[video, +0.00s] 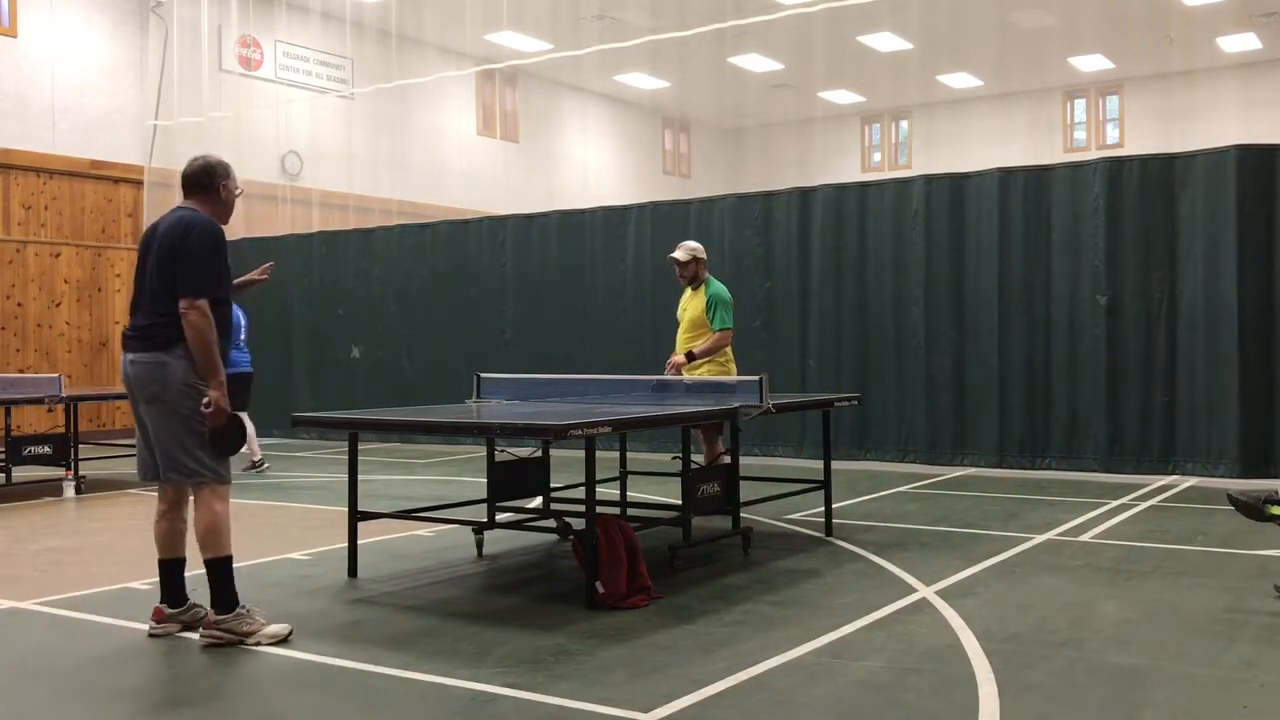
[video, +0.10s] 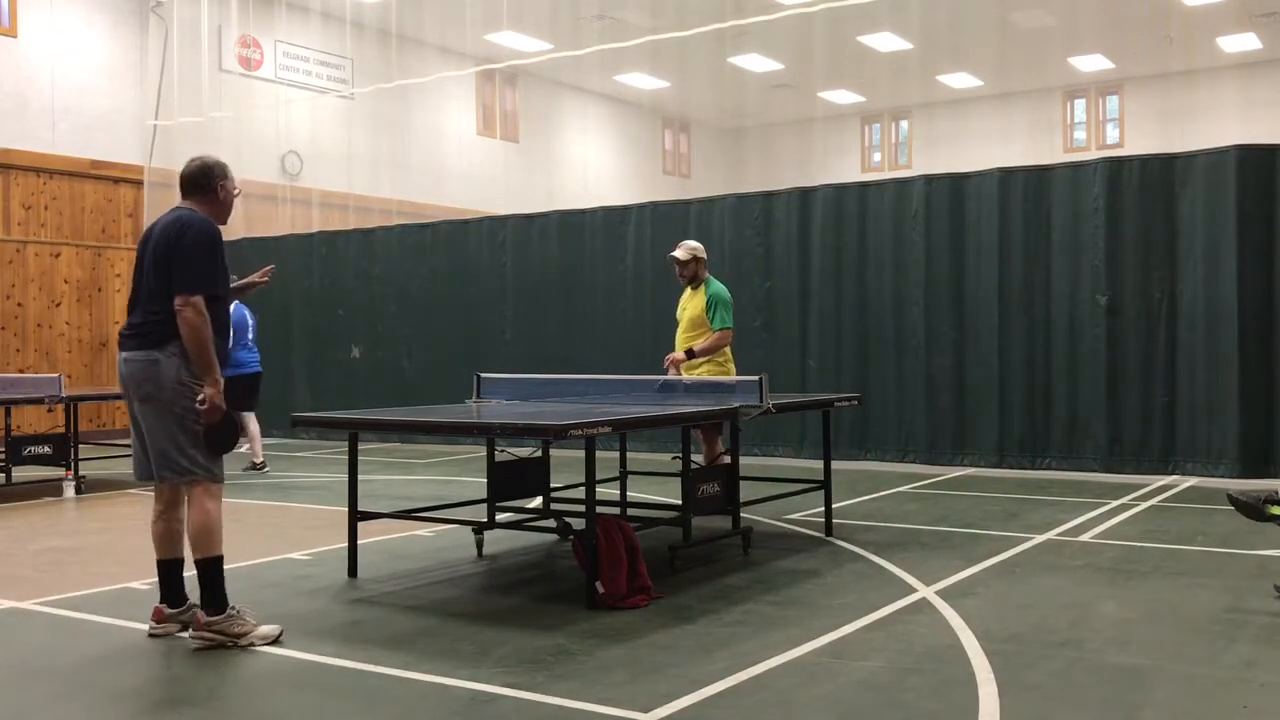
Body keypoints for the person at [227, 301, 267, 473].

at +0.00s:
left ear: (216, 295)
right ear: (229, 292)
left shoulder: (220, 312)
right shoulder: (239, 311)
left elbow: (217, 342)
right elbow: (242, 339)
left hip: (229, 366)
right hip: (245, 365)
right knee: (241, 411)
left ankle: (256, 456)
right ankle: (256, 456)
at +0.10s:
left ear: (224, 295)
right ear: (237, 292)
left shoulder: (229, 312)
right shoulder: (246, 310)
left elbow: (226, 343)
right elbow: (250, 337)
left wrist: (219, 359)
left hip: (235, 367)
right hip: (253, 364)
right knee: (248, 412)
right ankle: (258, 458)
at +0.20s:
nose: (224, 295)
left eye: (225, 291)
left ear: (229, 291)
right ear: (244, 290)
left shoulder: (232, 309)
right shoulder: (253, 310)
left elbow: (232, 341)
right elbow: (256, 339)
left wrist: (217, 357)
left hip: (238, 370)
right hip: (259, 368)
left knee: (225, 415)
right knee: (253, 413)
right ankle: (259, 458)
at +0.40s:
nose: (229, 299)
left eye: (231, 296)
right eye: (229, 296)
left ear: (237, 294)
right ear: (248, 293)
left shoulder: (237, 310)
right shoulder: (263, 311)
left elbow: (238, 340)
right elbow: (274, 342)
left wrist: (222, 357)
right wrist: (278, 369)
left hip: (242, 371)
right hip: (264, 369)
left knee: (230, 416)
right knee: (256, 415)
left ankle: (230, 458)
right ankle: (260, 459)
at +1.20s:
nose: (216, 308)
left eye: (216, 303)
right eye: (215, 303)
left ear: (225, 300)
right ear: (235, 298)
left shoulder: (229, 318)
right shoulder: (264, 308)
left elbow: (211, 350)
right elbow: (285, 334)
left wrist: (198, 367)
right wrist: (277, 356)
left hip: (257, 370)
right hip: (282, 367)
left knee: (254, 417)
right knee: (278, 413)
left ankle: (257, 464)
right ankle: (283, 460)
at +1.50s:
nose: (227, 310)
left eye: (225, 306)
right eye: (225, 307)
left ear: (229, 301)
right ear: (243, 296)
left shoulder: (233, 318)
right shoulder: (273, 308)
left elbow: (230, 353)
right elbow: (292, 336)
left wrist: (219, 377)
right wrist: (297, 364)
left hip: (259, 372)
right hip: (285, 369)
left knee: (256, 419)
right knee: (284, 415)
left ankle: (257, 465)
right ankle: (295, 459)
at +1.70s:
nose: (240, 308)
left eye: (239, 306)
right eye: (239, 306)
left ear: (241, 302)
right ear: (257, 295)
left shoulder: (242, 317)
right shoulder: (285, 310)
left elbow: (240, 348)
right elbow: (302, 340)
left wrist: (240, 376)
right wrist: (299, 366)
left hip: (263, 374)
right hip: (291, 372)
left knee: (259, 420)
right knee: (286, 419)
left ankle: (257, 465)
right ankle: (292, 464)